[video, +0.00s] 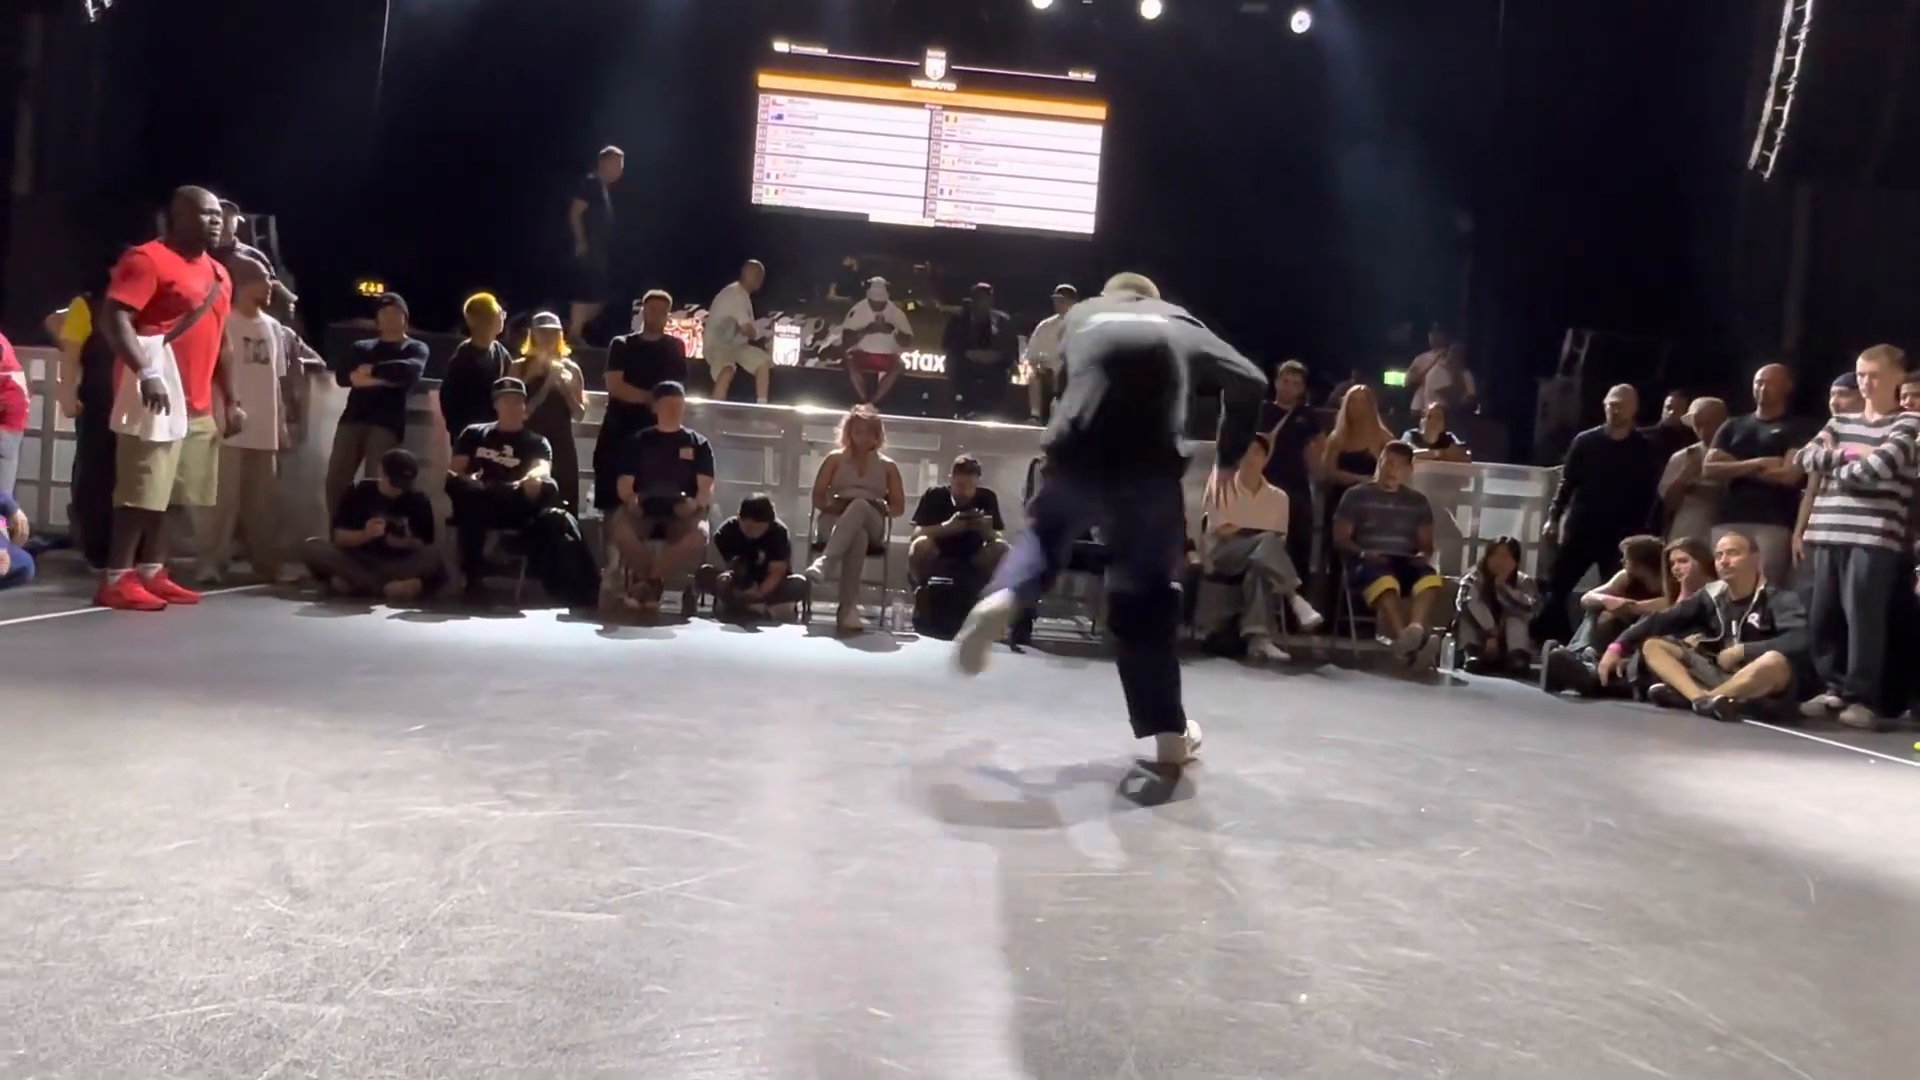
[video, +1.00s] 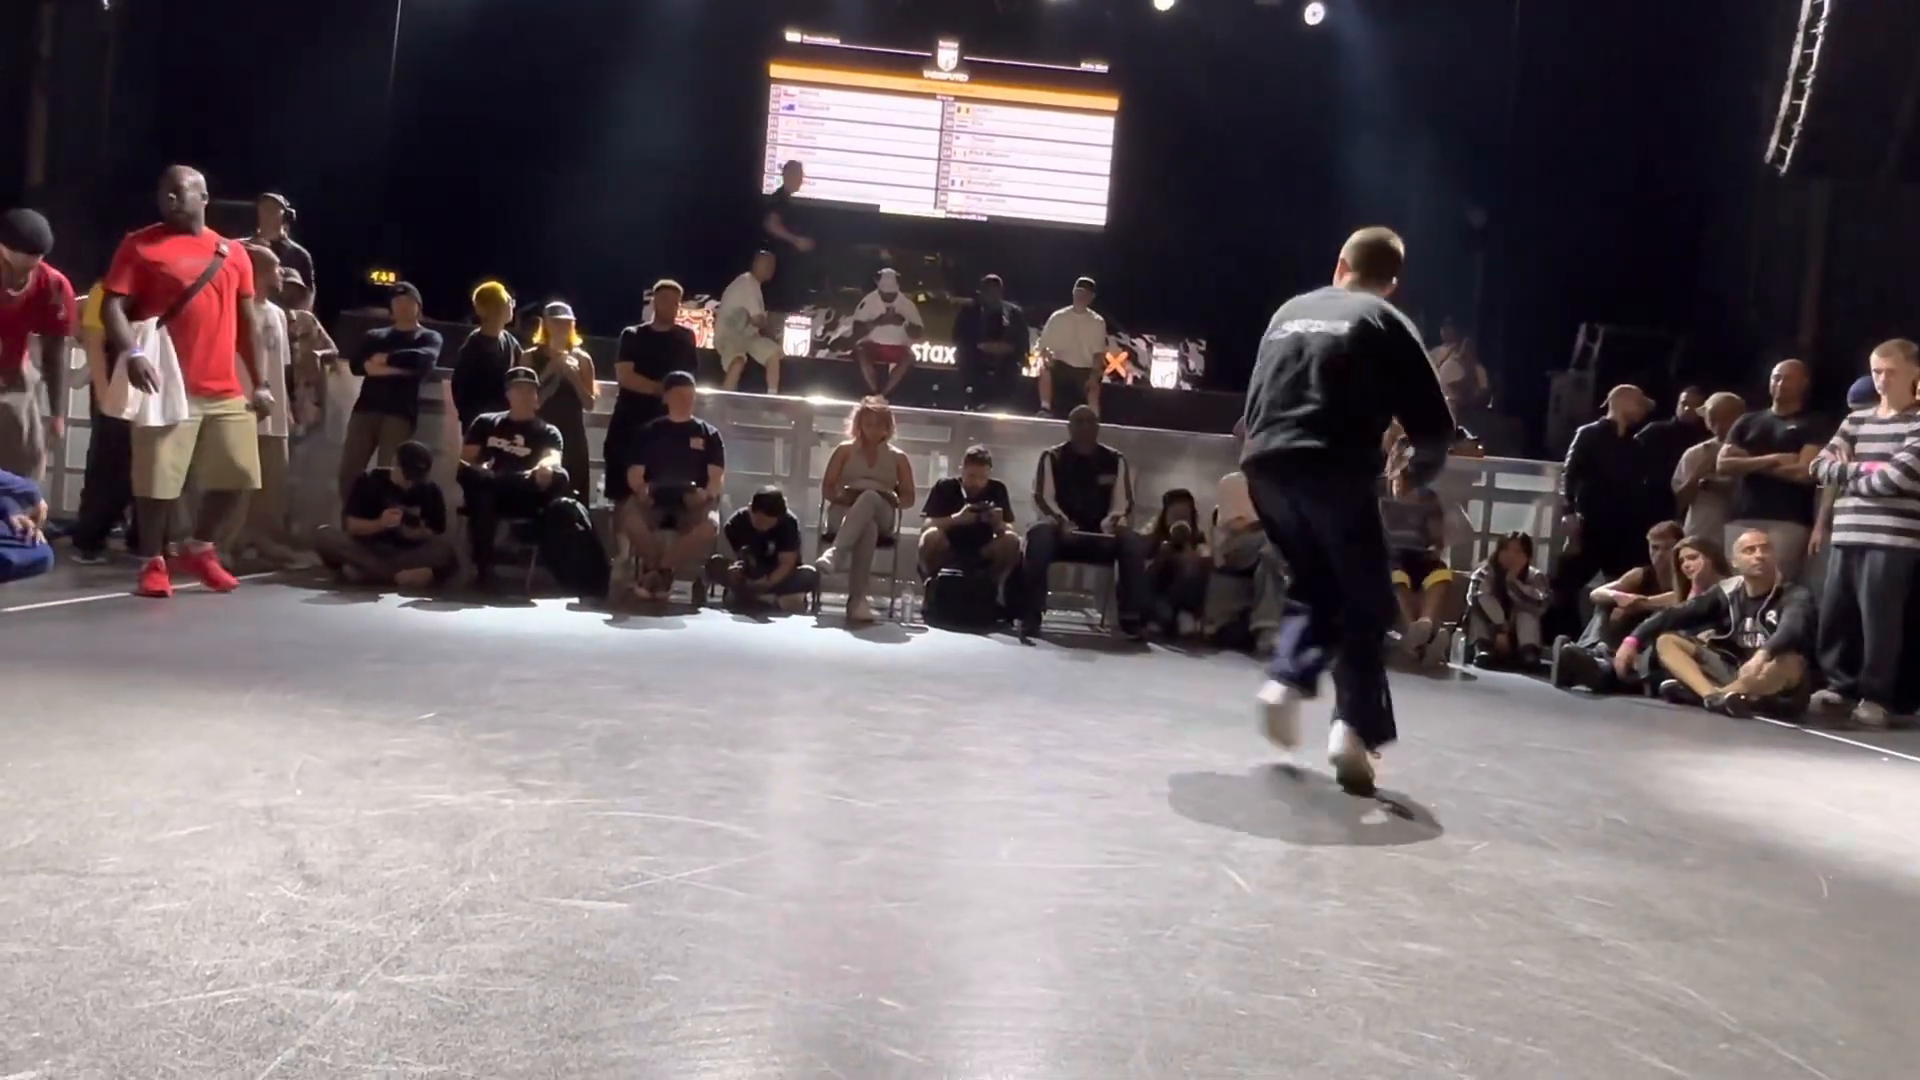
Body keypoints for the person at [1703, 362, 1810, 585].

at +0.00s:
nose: (1760, 388)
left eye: (1767, 383)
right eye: (1758, 383)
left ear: (1786, 388)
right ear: (1752, 386)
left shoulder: (1798, 429)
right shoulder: (1732, 426)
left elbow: (1791, 475)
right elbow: (1709, 468)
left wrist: (1735, 466)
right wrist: (1761, 464)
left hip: (1772, 522)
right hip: (1729, 519)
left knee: (1767, 597)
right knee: (1726, 596)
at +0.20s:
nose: (1764, 387)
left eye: (1771, 382)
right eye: (1761, 382)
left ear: (1791, 386)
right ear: (1757, 386)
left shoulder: (1804, 427)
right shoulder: (1736, 425)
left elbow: (1794, 475)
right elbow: (1714, 466)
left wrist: (1740, 465)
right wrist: (1766, 462)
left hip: (1776, 521)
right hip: (1733, 519)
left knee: (1771, 598)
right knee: (1729, 596)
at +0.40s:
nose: (1769, 385)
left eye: (1776, 380)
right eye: (1766, 380)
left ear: (1794, 385)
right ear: (1761, 384)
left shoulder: (1805, 426)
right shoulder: (1739, 423)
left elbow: (1797, 473)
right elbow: (1715, 465)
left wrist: (1744, 464)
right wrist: (1768, 461)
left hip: (1778, 520)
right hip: (1735, 518)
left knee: (1774, 596)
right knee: (1734, 595)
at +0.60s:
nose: (1772, 385)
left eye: (1779, 380)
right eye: (1770, 379)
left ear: (1798, 385)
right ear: (1764, 384)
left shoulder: (1810, 426)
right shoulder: (1743, 423)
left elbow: (1801, 473)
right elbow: (1718, 465)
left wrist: (1747, 463)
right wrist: (1772, 460)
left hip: (1782, 521)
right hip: (1738, 519)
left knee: (1775, 597)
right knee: (1735, 595)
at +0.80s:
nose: (1777, 384)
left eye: (1784, 379)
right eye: (1774, 379)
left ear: (1800, 384)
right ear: (1768, 383)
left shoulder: (1812, 425)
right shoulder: (1745, 422)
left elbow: (1804, 473)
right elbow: (1721, 464)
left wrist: (1749, 462)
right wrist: (1775, 460)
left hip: (1784, 522)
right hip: (1740, 520)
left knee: (1778, 598)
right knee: (1736, 597)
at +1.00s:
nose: (1780, 383)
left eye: (1787, 379)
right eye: (1776, 378)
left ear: (1803, 384)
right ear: (1770, 383)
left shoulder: (1814, 425)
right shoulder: (1748, 421)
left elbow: (1805, 473)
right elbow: (1722, 464)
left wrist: (1751, 462)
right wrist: (1777, 459)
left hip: (1787, 521)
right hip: (1743, 519)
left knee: (1778, 598)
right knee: (1739, 597)